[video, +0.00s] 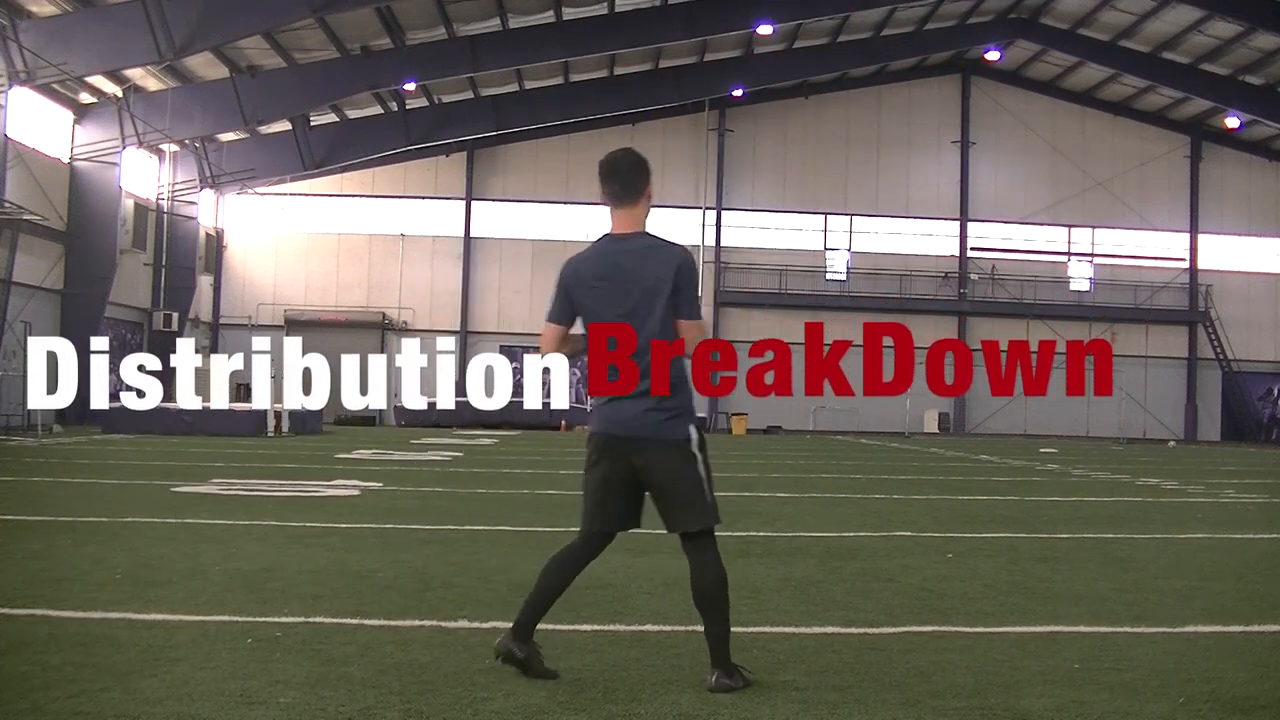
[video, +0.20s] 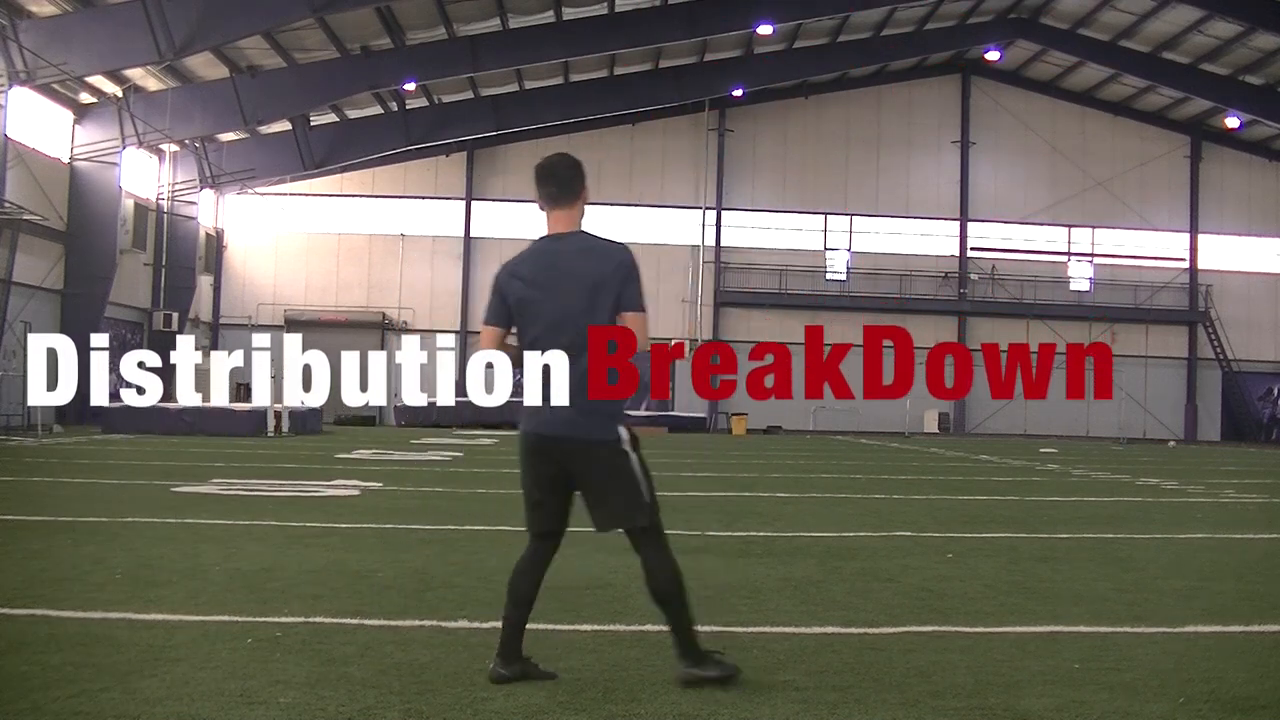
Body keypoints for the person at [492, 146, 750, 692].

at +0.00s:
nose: (649, 197)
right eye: (650, 189)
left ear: (602, 195)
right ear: (650, 192)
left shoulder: (578, 266)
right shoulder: (676, 260)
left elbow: (552, 342)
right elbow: (691, 341)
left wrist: (592, 342)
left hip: (606, 432)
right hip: (667, 433)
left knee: (593, 534)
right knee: (700, 544)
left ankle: (518, 637)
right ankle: (722, 668)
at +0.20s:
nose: (584, 201)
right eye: (586, 193)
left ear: (539, 199)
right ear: (585, 195)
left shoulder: (514, 270)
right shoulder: (615, 258)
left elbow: (487, 350)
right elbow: (636, 340)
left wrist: (527, 351)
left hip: (539, 432)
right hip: (600, 431)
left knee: (541, 539)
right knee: (649, 540)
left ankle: (508, 657)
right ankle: (691, 655)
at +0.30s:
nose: (554, 193)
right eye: (555, 184)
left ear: (509, 192)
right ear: (554, 185)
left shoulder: (485, 260)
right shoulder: (584, 247)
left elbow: (462, 342)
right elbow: (605, 329)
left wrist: (503, 345)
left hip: (508, 421)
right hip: (568, 420)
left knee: (521, 535)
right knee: (617, 526)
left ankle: (507, 657)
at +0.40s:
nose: (518, 192)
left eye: (490, 185)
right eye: (524, 182)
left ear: (478, 188)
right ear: (527, 183)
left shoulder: (458, 256)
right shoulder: (553, 243)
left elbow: (425, 329)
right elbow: (575, 326)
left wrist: (443, 344)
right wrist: (551, 337)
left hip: (481, 416)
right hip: (535, 416)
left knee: (505, 531)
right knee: (567, 529)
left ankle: (504, 656)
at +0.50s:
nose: (496, 192)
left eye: (481, 183)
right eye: (498, 182)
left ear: (453, 189)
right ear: (499, 184)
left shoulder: (431, 258)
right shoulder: (521, 247)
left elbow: (391, 335)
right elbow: (543, 330)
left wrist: (439, 335)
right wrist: (503, 325)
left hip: (452, 420)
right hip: (500, 420)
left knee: (492, 537)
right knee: (496, 536)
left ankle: (507, 659)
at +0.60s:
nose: (480, 195)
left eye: (472, 186)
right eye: (479, 186)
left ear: (431, 192)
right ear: (475, 187)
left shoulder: (404, 260)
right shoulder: (488, 254)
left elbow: (365, 338)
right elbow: (508, 343)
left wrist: (414, 359)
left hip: (416, 423)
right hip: (454, 427)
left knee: (471, 540)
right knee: (415, 543)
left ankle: (501, 657)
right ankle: (337, 662)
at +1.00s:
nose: (397, 189)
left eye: (395, 179)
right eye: (396, 179)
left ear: (345, 176)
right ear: (388, 176)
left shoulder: (308, 238)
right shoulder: (374, 237)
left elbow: (277, 319)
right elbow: (377, 327)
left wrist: (300, 376)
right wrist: (393, 386)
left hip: (294, 412)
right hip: (334, 416)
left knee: (316, 542)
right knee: (323, 541)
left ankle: (224, 633)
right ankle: (325, 674)